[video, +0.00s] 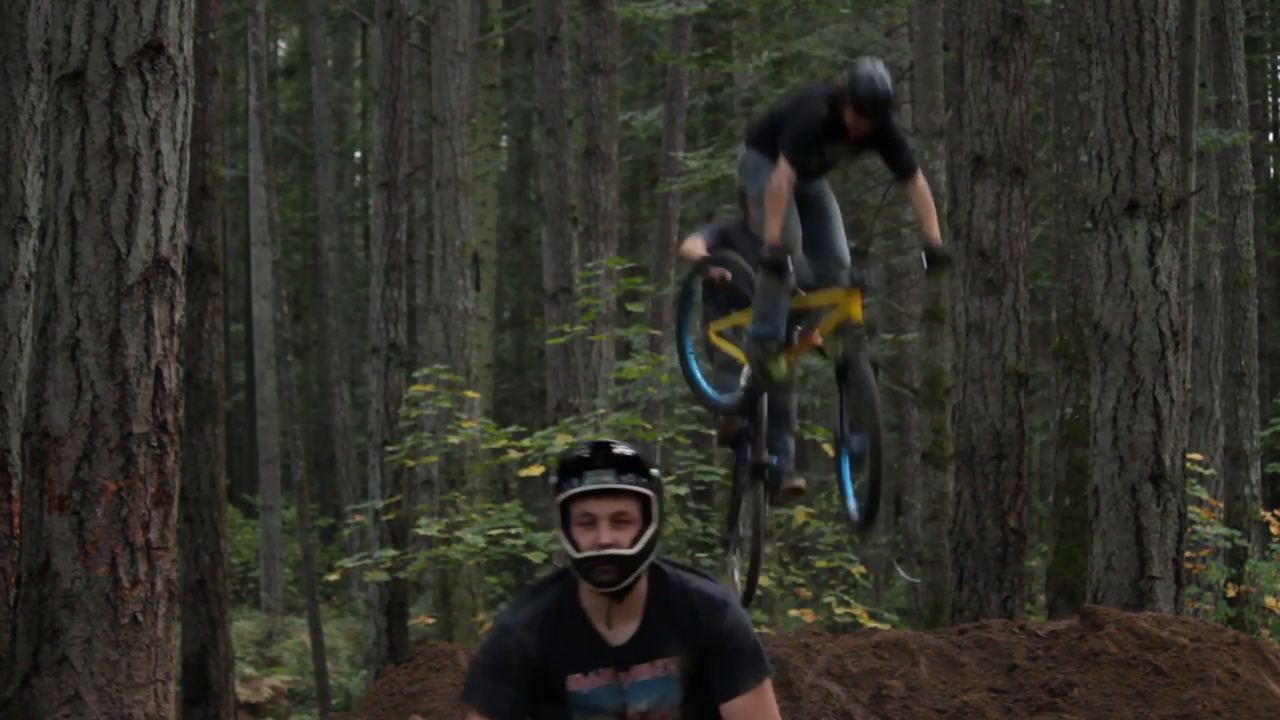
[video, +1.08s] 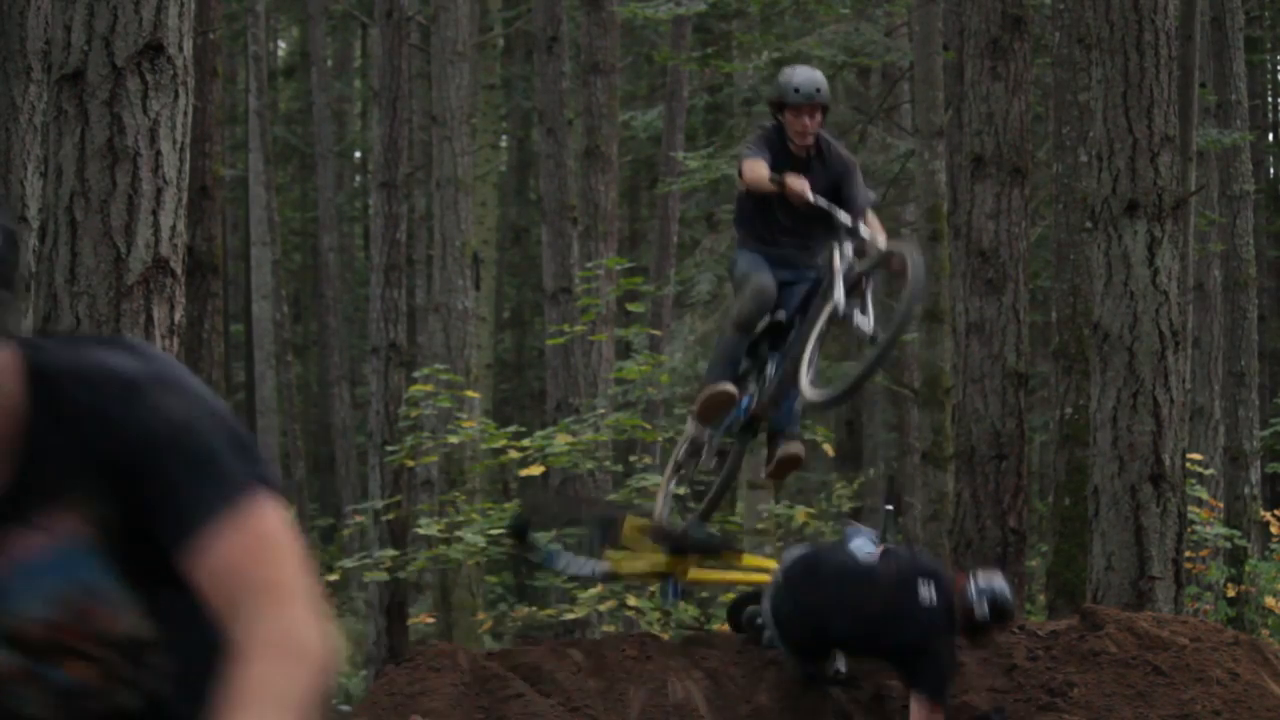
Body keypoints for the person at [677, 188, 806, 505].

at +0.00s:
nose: (763, 211)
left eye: (769, 204)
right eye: (757, 203)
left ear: (782, 208)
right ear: (746, 205)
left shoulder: (786, 247)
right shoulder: (729, 234)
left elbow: (806, 293)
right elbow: (690, 245)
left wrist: (809, 330)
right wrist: (709, 264)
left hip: (775, 339)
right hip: (729, 333)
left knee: (782, 406)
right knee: (733, 369)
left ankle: (783, 474)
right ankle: (729, 419)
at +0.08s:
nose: (755, 180)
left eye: (762, 174)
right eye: (750, 172)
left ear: (775, 178)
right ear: (742, 174)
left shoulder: (785, 220)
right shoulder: (729, 207)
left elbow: (798, 265)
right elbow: (691, 229)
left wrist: (803, 289)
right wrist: (711, 244)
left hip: (770, 306)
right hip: (730, 299)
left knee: (779, 377)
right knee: (729, 322)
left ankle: (783, 457)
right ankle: (730, 383)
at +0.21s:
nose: (763, 141)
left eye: (770, 133)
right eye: (756, 133)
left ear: (779, 139)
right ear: (744, 139)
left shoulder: (792, 188)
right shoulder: (730, 173)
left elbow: (807, 223)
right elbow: (694, 196)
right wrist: (715, 213)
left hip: (774, 272)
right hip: (731, 267)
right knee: (736, 292)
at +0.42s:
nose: (765, 108)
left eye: (772, 101)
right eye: (758, 100)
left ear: (782, 105)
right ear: (745, 105)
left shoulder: (801, 152)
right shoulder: (732, 137)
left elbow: (820, 205)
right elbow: (703, 166)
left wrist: (835, 223)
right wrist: (724, 180)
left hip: (779, 245)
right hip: (734, 238)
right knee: (743, 257)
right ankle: (737, 340)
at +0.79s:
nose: (783, 97)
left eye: (790, 89)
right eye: (775, 89)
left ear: (800, 91)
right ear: (759, 89)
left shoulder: (820, 133)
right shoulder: (744, 117)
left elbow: (846, 184)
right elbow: (725, 140)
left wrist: (865, 187)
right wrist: (746, 143)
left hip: (796, 234)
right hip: (746, 225)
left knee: (800, 316)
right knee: (755, 216)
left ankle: (798, 408)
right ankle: (736, 317)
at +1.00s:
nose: (799, 111)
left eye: (806, 103)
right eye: (791, 103)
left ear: (816, 105)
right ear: (775, 103)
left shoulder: (831, 147)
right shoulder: (760, 130)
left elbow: (861, 197)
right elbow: (742, 161)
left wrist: (879, 226)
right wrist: (771, 166)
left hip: (805, 254)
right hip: (755, 243)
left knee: (797, 335)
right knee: (765, 267)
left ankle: (789, 426)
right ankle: (725, 361)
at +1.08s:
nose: (806, 123)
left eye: (814, 114)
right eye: (798, 114)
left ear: (824, 116)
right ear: (780, 113)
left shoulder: (839, 162)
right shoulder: (764, 143)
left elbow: (865, 215)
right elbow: (750, 175)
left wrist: (881, 252)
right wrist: (782, 183)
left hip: (805, 267)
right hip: (756, 256)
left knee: (796, 350)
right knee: (760, 292)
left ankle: (784, 441)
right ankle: (720, 385)